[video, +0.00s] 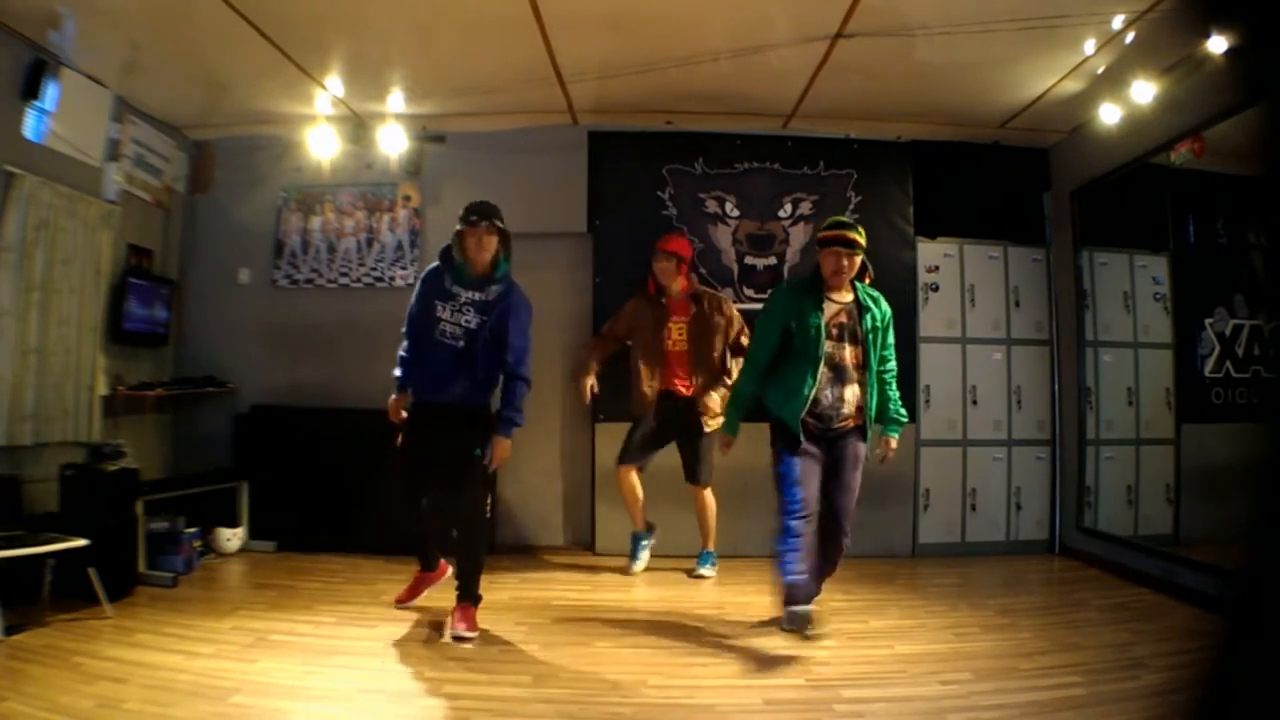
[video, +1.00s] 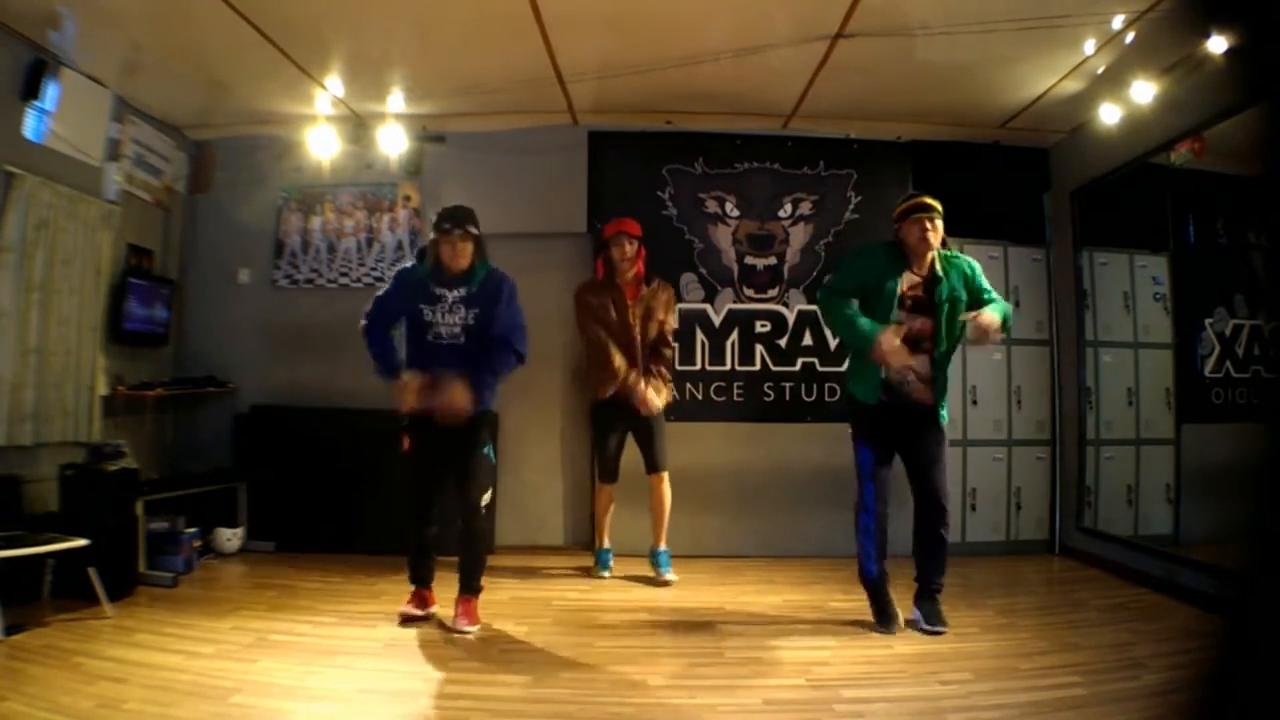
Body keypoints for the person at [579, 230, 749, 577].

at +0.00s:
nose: (660, 265)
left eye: (667, 260)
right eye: (657, 259)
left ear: (683, 265)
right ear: (652, 263)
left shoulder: (715, 306)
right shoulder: (643, 306)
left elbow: (742, 351)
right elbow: (607, 338)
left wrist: (720, 391)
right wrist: (589, 369)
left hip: (701, 406)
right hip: (659, 403)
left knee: (699, 483)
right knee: (626, 468)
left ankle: (708, 554)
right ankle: (642, 534)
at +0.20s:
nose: (624, 265)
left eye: (631, 259)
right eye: (624, 259)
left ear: (649, 265)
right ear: (635, 266)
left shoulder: (689, 296)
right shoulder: (630, 304)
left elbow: (710, 350)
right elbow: (616, 353)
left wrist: (673, 366)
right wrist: (584, 354)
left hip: (686, 402)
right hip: (648, 401)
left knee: (694, 477)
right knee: (627, 477)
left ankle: (708, 555)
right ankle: (602, 557)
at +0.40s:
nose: (604, 264)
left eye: (612, 257)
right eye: (600, 258)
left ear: (628, 261)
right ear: (597, 264)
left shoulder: (659, 298)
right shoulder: (600, 304)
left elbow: (661, 356)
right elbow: (598, 354)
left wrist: (637, 393)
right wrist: (610, 387)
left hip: (660, 403)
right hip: (620, 404)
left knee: (675, 479)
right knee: (608, 480)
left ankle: (700, 550)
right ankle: (599, 560)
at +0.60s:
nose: (616, 254)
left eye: (622, 247)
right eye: (608, 249)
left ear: (633, 253)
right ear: (599, 256)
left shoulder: (657, 300)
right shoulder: (583, 302)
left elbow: (666, 358)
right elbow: (572, 357)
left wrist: (663, 407)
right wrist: (587, 402)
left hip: (645, 400)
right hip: (602, 400)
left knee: (660, 474)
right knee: (595, 479)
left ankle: (654, 536)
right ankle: (597, 558)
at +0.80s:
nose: (618, 255)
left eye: (624, 248)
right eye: (611, 249)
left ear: (635, 255)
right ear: (601, 256)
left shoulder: (657, 303)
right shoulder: (584, 300)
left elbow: (671, 347)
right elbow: (559, 338)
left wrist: (686, 371)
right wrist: (561, 360)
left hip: (640, 405)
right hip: (597, 403)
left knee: (648, 486)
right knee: (593, 486)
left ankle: (639, 554)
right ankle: (590, 560)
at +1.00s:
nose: (623, 250)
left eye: (630, 243)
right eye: (616, 244)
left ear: (640, 248)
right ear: (606, 250)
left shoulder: (660, 291)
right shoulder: (590, 293)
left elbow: (666, 345)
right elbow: (599, 346)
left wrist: (656, 386)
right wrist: (633, 385)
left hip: (650, 395)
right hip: (609, 395)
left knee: (658, 471)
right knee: (605, 477)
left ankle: (661, 550)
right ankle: (603, 551)